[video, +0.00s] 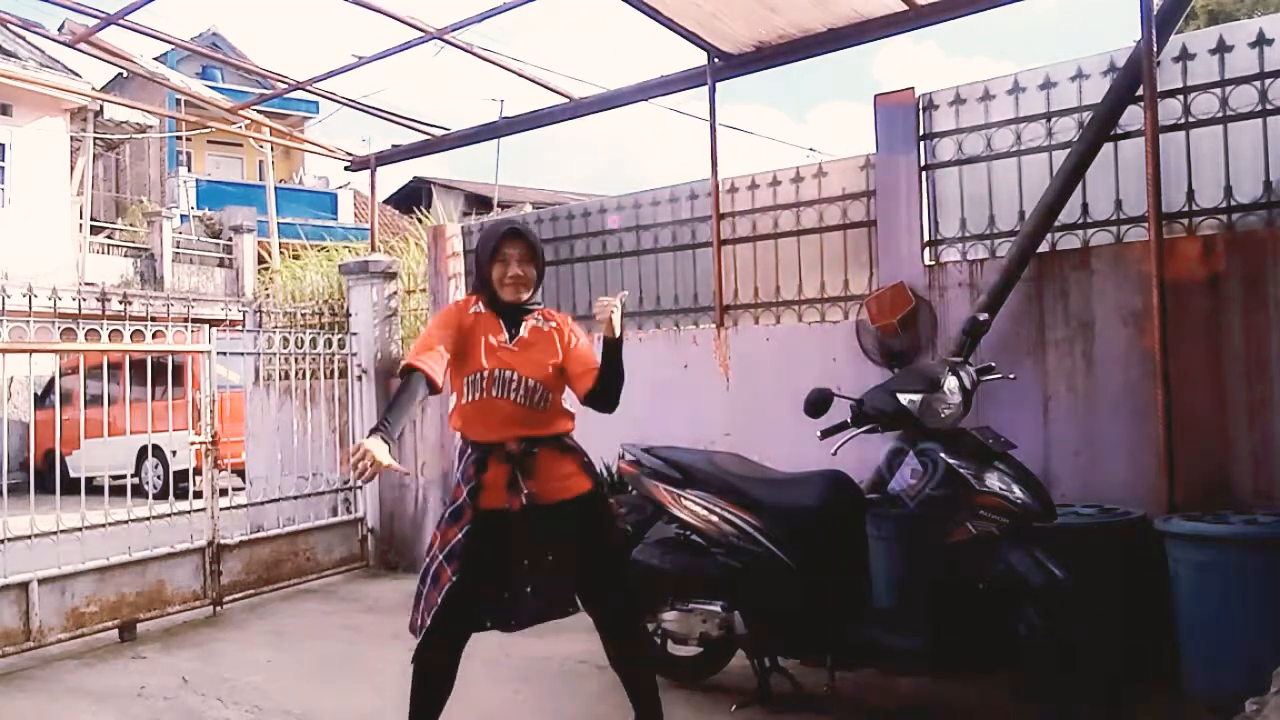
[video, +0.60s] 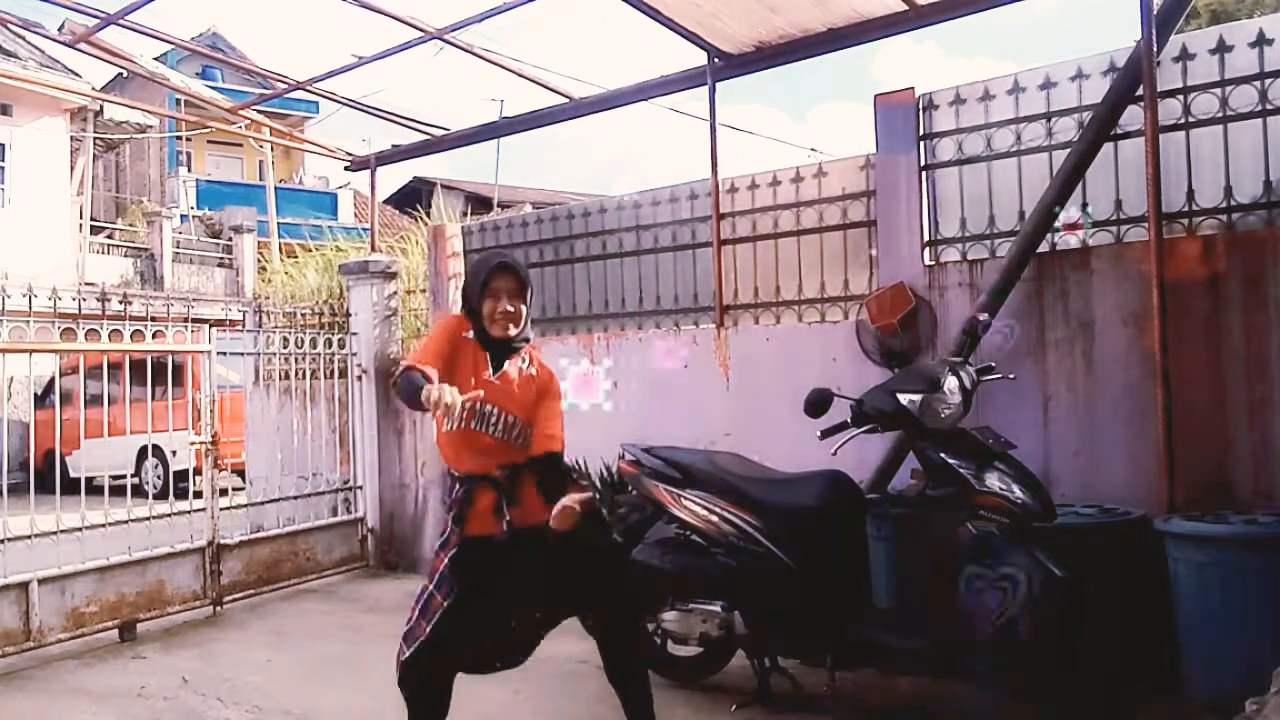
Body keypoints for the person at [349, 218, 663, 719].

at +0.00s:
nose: (517, 271)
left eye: (527, 261)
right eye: (504, 260)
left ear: (540, 270)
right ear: (485, 268)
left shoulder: (559, 328)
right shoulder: (460, 318)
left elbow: (604, 399)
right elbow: (419, 377)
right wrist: (383, 435)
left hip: (568, 494)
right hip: (488, 501)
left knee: (620, 622)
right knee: (443, 634)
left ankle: (651, 714)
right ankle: (420, 718)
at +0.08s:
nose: (530, 264)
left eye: (540, 254)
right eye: (518, 255)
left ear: (555, 262)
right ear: (501, 263)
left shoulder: (585, 309)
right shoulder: (485, 325)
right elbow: (456, 413)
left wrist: (631, 274)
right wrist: (424, 492)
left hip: (575, 486)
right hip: (499, 487)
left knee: (620, 613)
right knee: (453, 620)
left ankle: (649, 715)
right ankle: (421, 717)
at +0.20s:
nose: (543, 294)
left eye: (553, 283)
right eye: (531, 285)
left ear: (568, 289)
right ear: (516, 295)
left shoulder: (598, 322)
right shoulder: (509, 369)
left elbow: (669, 290)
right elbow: (499, 456)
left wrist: (655, 304)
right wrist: (462, 492)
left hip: (589, 522)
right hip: (518, 524)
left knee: (632, 642)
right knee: (455, 637)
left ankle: (648, 716)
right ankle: (428, 718)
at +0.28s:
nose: (542, 292)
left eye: (551, 282)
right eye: (530, 284)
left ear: (565, 288)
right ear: (513, 295)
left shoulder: (599, 331)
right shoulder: (500, 363)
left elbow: (672, 339)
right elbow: (480, 451)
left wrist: (715, 376)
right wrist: (443, 407)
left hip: (591, 513)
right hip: (517, 517)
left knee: (629, 626)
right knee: (458, 625)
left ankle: (646, 716)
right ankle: (428, 718)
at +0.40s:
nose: (529, 266)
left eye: (539, 256)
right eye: (516, 257)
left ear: (553, 264)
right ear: (498, 266)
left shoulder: (581, 318)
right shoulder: (475, 324)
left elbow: (637, 382)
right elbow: (432, 393)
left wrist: (686, 447)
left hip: (573, 485)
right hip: (494, 488)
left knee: (622, 623)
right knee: (447, 624)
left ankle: (648, 713)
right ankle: (419, 717)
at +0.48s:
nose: (512, 274)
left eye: (524, 264)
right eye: (501, 265)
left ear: (538, 273)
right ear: (484, 273)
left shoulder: (558, 340)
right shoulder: (462, 326)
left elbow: (582, 428)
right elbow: (401, 366)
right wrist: (445, 308)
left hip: (564, 499)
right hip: (485, 503)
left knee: (620, 619)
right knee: (435, 627)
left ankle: (644, 714)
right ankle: (424, 717)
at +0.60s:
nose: (507, 307)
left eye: (516, 297)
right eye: (495, 296)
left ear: (527, 305)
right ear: (473, 301)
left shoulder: (541, 376)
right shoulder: (453, 331)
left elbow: (547, 459)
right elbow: (406, 380)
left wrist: (565, 499)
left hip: (542, 527)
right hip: (477, 533)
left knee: (617, 617)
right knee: (419, 662)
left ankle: (642, 714)